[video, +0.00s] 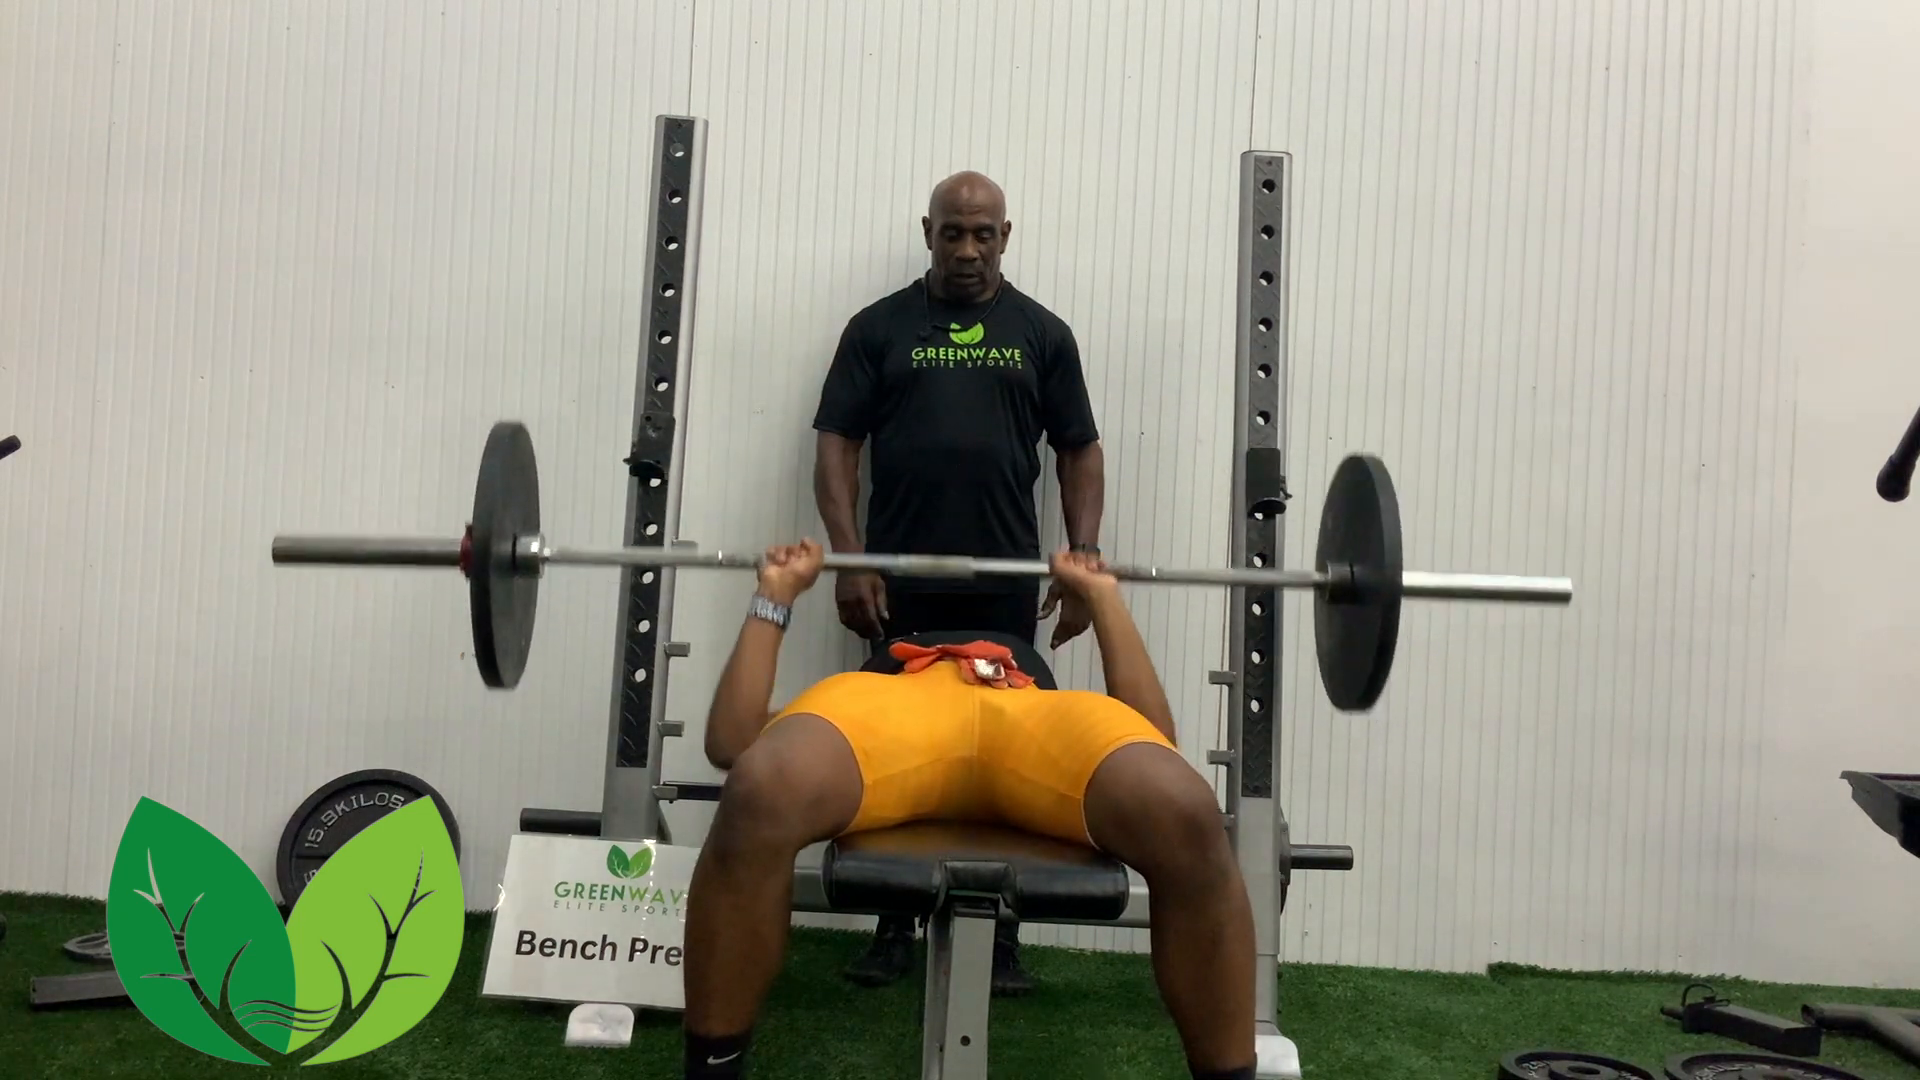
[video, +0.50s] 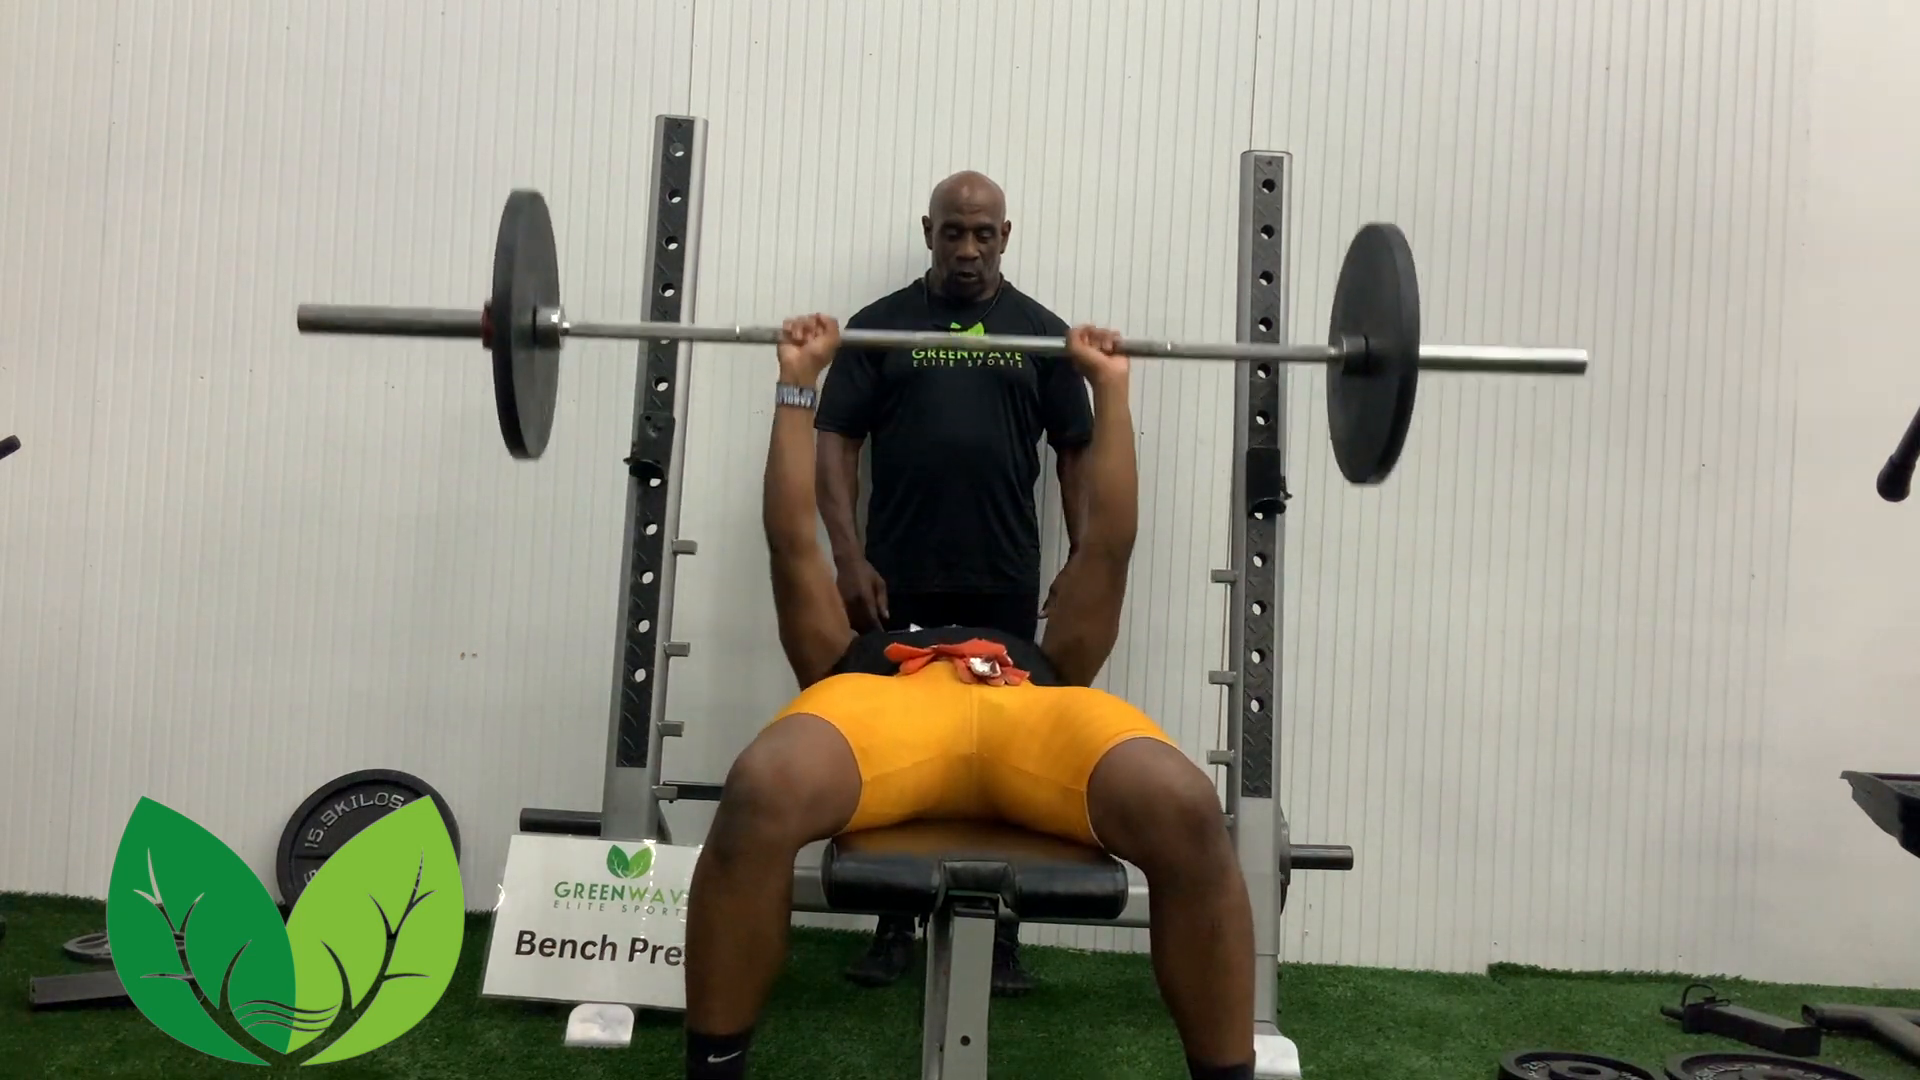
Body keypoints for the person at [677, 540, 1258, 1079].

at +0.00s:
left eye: (999, 663)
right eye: (935, 650)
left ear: (1019, 681)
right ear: (909, 651)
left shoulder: (1046, 698)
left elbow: (1156, 741)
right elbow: (730, 745)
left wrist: (1105, 595)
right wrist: (772, 604)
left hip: (1039, 713)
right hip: (880, 699)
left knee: (1189, 821)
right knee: (756, 794)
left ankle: (1230, 1073)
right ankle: (712, 1067)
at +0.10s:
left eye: (989, 657)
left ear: (1008, 664)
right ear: (905, 658)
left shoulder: (1053, 694)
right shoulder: (862, 688)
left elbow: (1161, 692)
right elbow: (723, 688)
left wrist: (1103, 544)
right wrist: (773, 549)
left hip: (1038, 709)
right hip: (889, 696)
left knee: (1192, 820)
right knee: (758, 799)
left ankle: (1229, 1070)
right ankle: (717, 1064)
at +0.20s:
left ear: (1016, 666)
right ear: (906, 659)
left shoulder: (1053, 688)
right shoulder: (863, 684)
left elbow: (1150, 639)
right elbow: (733, 632)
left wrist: (1102, 492)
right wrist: (778, 498)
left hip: (1044, 712)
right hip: (883, 705)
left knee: (1187, 817)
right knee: (763, 793)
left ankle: (1228, 1073)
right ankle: (723, 1065)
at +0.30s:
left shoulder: (1061, 687)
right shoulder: (854, 684)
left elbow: (1130, 587)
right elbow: (764, 585)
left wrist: (1109, 432)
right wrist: (782, 435)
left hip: (1039, 706)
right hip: (891, 697)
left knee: (1186, 814)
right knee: (759, 790)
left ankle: (1227, 1070)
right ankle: (720, 1064)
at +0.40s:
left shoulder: (1052, 673)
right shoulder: (856, 666)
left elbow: (1094, 537)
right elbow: (809, 534)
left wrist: (1101, 386)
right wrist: (799, 387)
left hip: (1041, 707)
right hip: (882, 698)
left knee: (1185, 808)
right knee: (755, 786)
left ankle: (1228, 1073)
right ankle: (717, 1069)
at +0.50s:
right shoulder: (849, 662)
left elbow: (1106, 543)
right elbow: (794, 539)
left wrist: (1112, 385)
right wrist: (797, 388)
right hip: (879, 698)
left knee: (1187, 810)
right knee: (758, 790)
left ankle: (1229, 1072)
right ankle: (714, 1067)